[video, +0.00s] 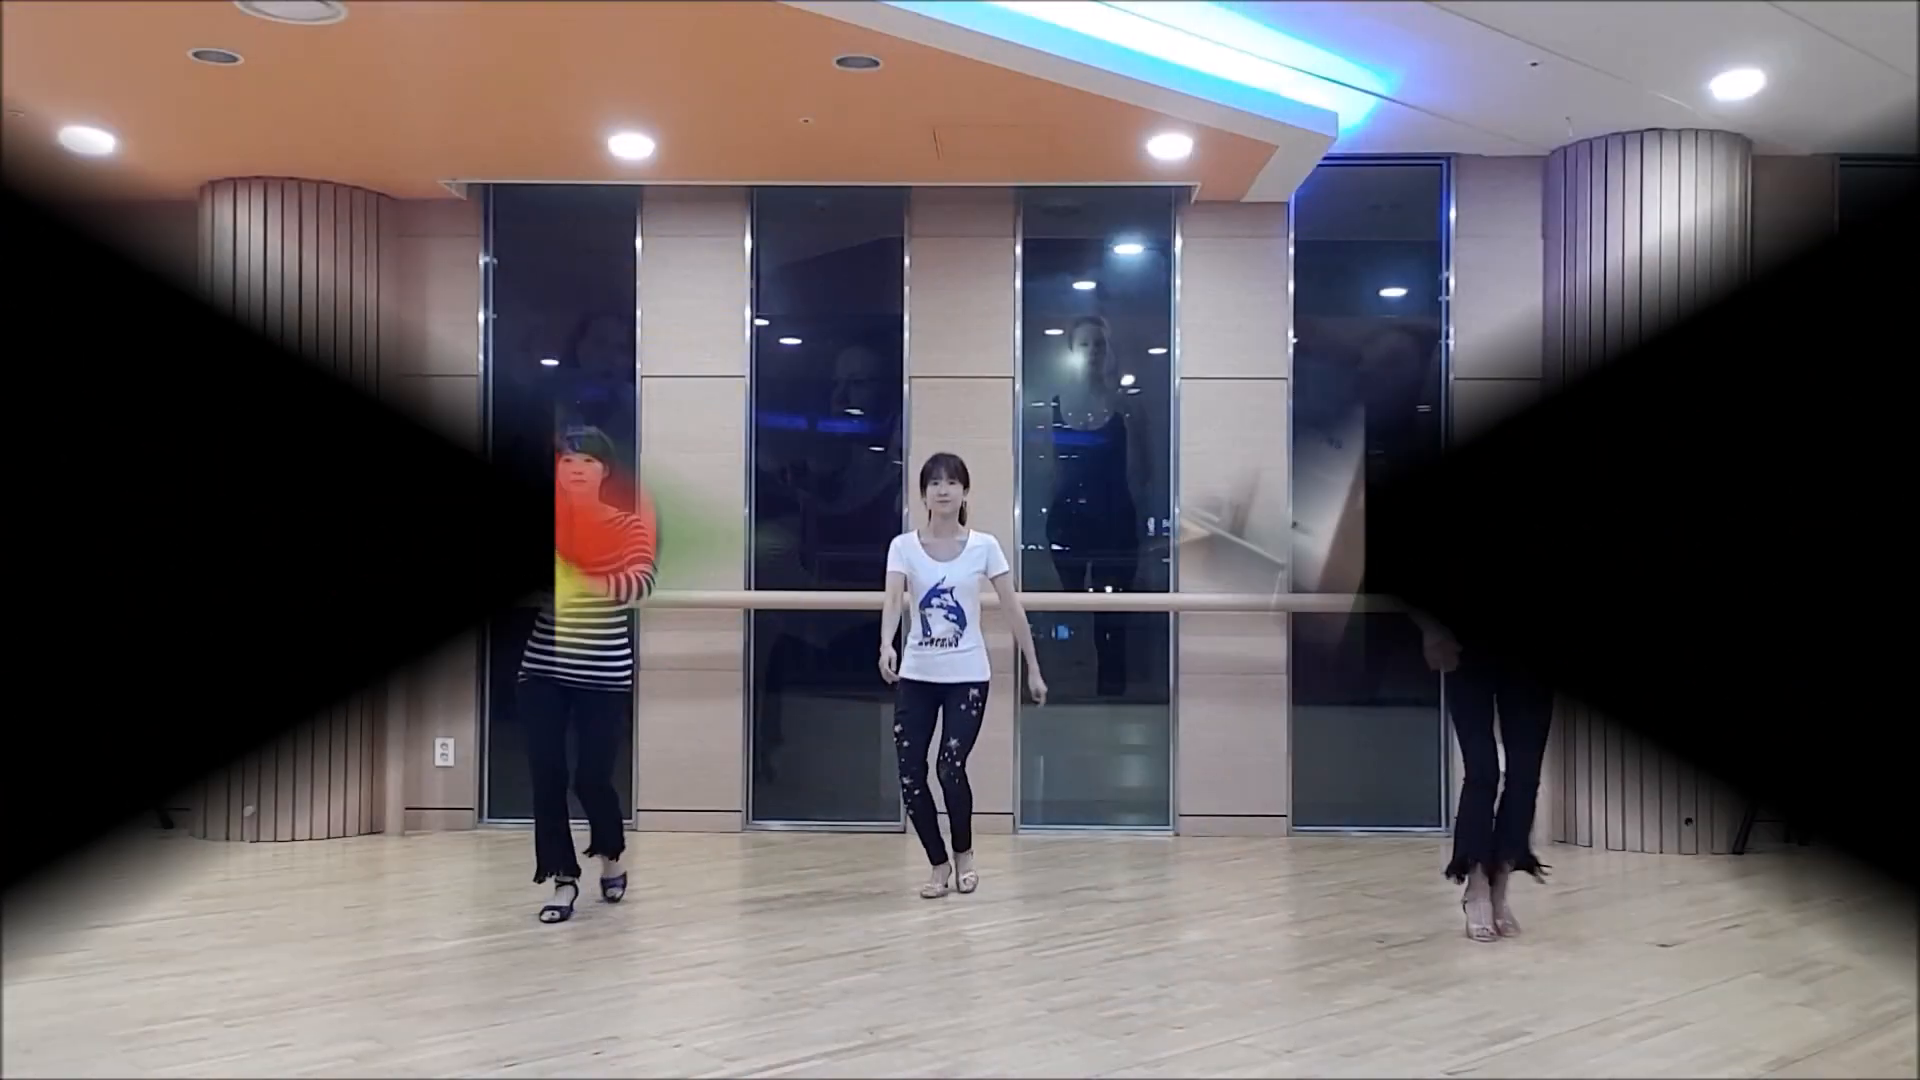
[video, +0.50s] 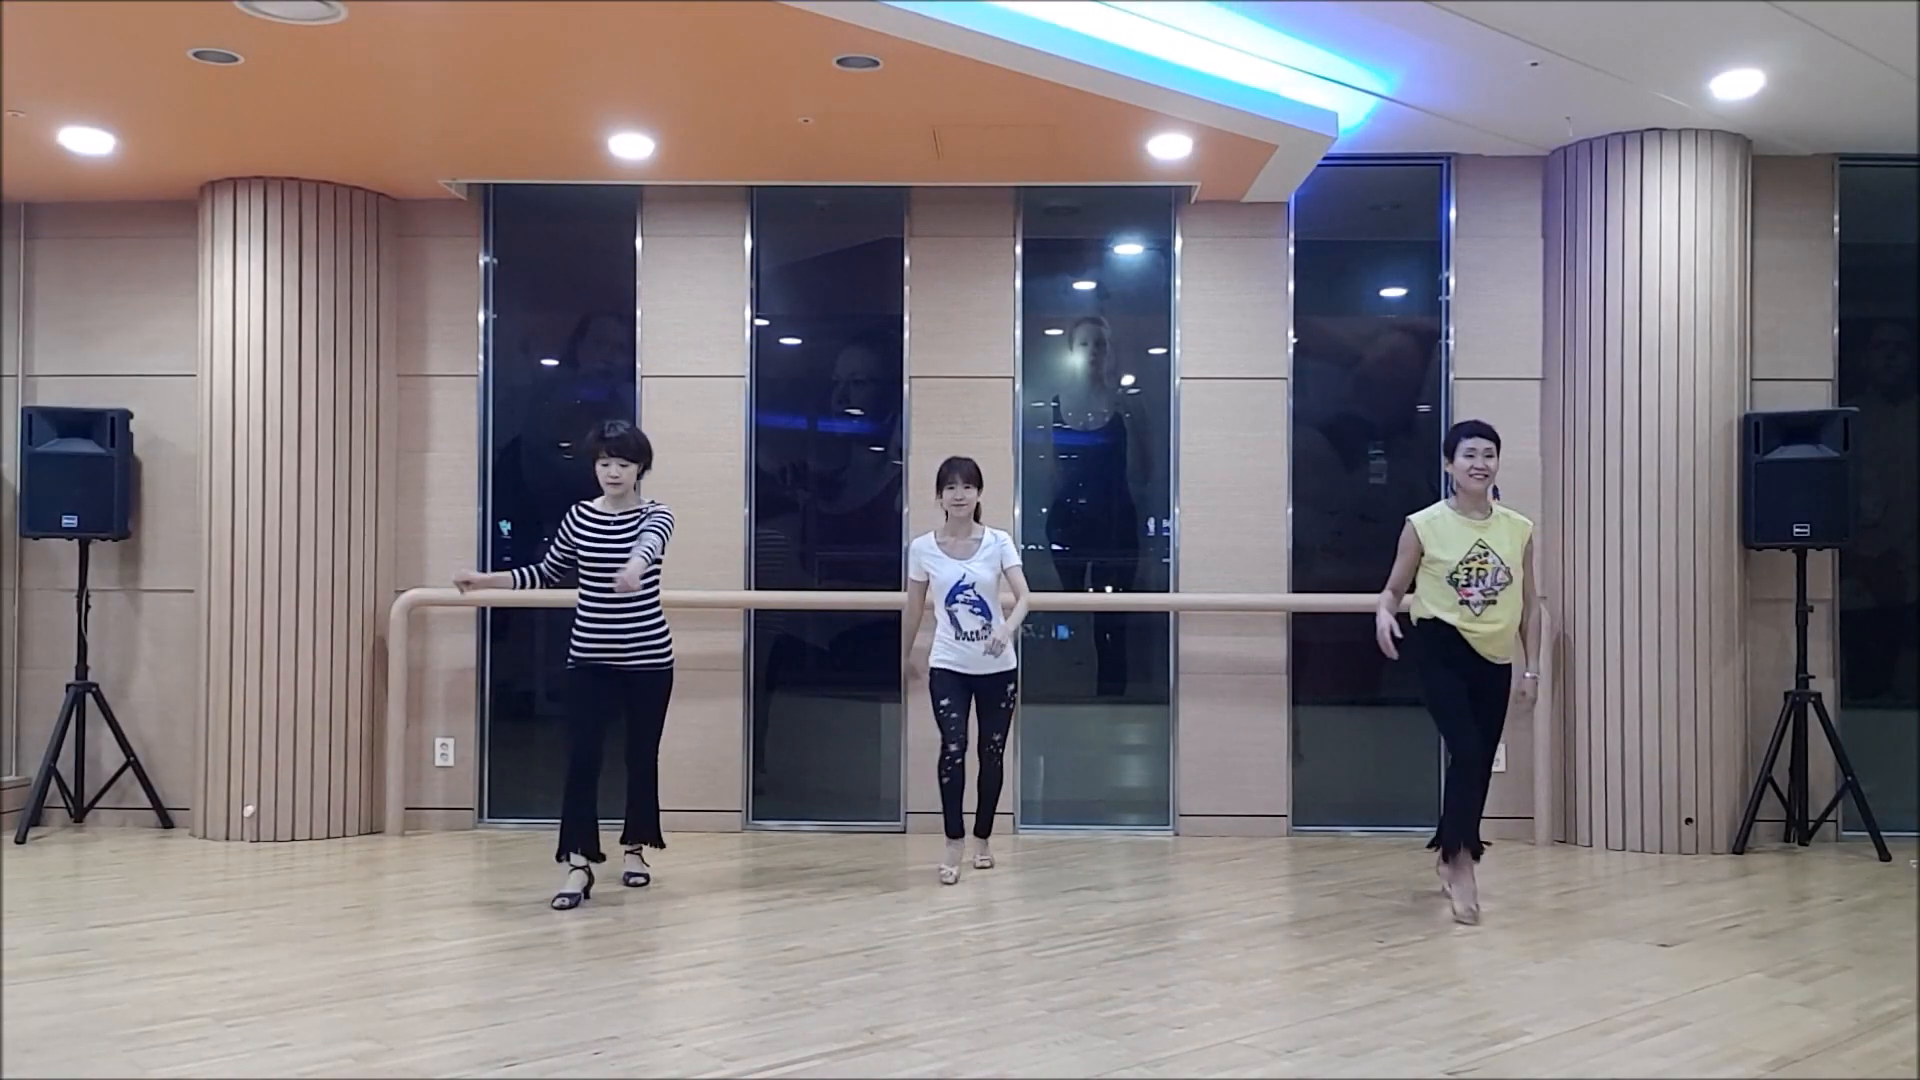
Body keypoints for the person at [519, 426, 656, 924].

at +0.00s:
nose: (572, 472)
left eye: (582, 463)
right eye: (565, 462)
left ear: (604, 469)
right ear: (555, 467)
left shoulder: (629, 517)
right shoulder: (549, 511)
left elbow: (640, 577)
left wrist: (587, 581)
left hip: (604, 667)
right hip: (542, 661)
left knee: (591, 778)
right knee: (546, 775)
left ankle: (611, 854)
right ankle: (562, 881)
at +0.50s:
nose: (613, 470)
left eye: (623, 463)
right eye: (605, 462)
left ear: (640, 468)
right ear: (595, 466)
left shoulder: (656, 515)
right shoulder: (580, 516)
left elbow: (648, 545)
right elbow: (547, 570)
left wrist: (632, 567)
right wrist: (489, 579)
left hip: (647, 657)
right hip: (589, 656)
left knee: (642, 756)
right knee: (583, 756)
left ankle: (635, 850)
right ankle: (577, 866)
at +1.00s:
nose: (620, 470)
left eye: (631, 462)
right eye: (613, 462)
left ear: (648, 469)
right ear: (604, 468)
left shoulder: (666, 522)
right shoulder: (589, 520)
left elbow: (682, 587)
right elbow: (577, 586)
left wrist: (689, 650)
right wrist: (564, 642)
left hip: (657, 655)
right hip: (602, 655)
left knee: (648, 755)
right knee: (612, 746)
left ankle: (635, 850)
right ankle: (602, 842)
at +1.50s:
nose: (629, 463)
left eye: (639, 457)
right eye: (621, 456)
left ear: (656, 467)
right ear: (611, 465)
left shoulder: (671, 522)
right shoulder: (592, 517)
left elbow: (701, 591)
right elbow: (562, 577)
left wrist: (696, 571)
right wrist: (515, 601)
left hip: (657, 653)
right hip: (602, 652)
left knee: (649, 756)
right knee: (601, 747)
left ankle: (635, 851)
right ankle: (574, 840)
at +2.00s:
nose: (635, 463)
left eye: (645, 457)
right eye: (628, 457)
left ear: (662, 467)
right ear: (616, 466)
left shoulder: (678, 517)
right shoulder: (604, 514)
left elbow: (670, 560)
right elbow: (578, 583)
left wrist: (631, 519)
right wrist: (524, 606)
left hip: (644, 656)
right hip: (587, 647)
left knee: (631, 755)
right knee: (560, 745)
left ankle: (632, 853)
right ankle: (527, 850)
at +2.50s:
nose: (674, 464)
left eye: (684, 457)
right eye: (665, 458)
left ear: (700, 467)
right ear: (654, 468)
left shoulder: (719, 523)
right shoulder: (636, 519)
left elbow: (721, 592)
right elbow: (644, 582)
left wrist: (715, 643)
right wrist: (700, 599)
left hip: (697, 652)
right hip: (644, 651)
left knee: (674, 750)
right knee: (669, 750)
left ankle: (647, 845)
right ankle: (705, 831)